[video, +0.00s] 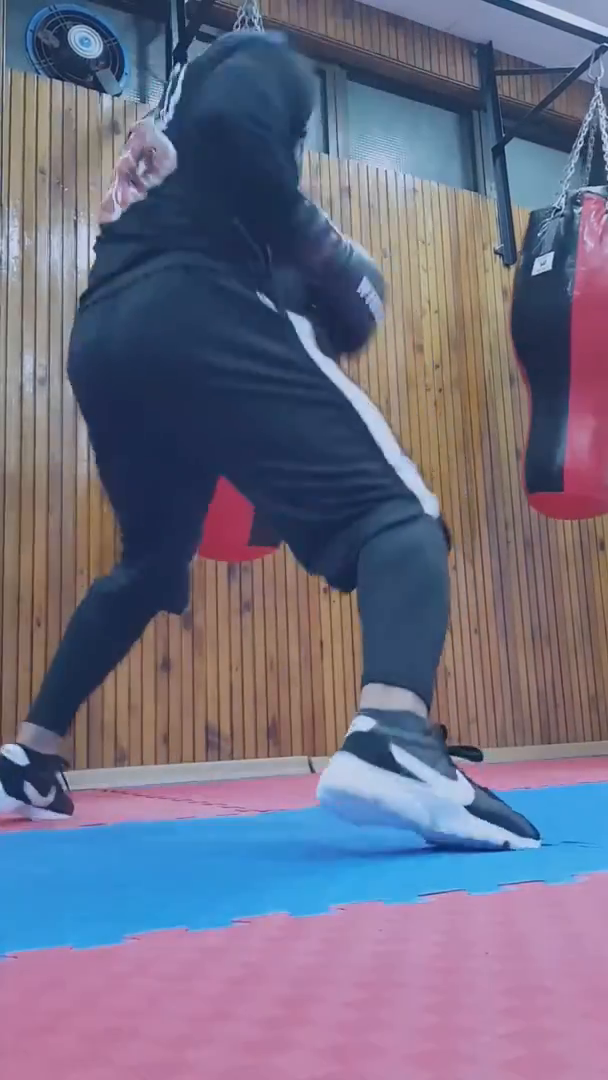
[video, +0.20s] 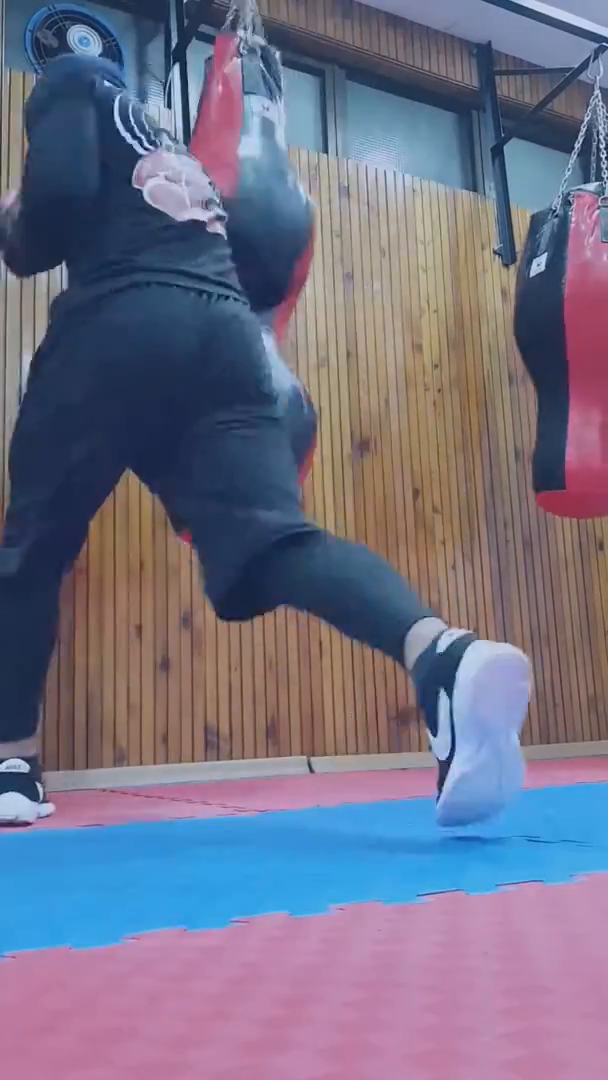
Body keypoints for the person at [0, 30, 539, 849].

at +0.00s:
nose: (306, 94)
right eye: (304, 79)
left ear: (219, 51)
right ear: (279, 46)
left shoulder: (166, 129)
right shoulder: (265, 55)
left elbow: (219, 251)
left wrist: (321, 298)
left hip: (98, 338)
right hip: (192, 306)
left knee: (148, 567)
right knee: (398, 517)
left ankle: (31, 755)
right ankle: (393, 730)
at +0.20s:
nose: (45, 73)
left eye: (47, 59)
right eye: (50, 61)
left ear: (59, 53)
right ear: (116, 63)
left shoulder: (69, 82)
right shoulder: (172, 142)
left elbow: (60, 195)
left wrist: (14, 235)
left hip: (118, 322)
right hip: (226, 325)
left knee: (30, 549)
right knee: (274, 542)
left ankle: (12, 761)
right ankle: (442, 656)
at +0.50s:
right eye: (207, 29)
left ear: (114, 50)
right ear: (197, 37)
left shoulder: (71, 112)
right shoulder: (244, 94)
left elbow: (36, 262)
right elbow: (318, 245)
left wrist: (105, 176)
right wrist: (229, 186)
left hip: (130, 342)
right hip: (248, 326)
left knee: (78, 557)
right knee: (357, 535)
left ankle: (19, 765)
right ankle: (382, 716)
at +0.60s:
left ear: (160, 18)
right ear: (246, 7)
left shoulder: (125, 87)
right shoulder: (297, 49)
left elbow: (87, 241)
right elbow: (361, 213)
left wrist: (179, 193)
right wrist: (276, 155)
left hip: (163, 314)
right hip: (279, 292)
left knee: (124, 548)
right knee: (387, 523)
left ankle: (27, 767)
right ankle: (348, 763)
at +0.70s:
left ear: (229, 2)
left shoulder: (194, 65)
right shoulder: (358, 20)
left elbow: (136, 209)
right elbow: (404, 201)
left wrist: (204, 273)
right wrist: (314, 143)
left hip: (215, 289)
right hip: (324, 267)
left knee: (185, 545)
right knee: (410, 517)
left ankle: (77, 755)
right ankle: (353, 772)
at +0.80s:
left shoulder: (243, 40)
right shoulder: (423, 13)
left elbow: (166, 132)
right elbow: (446, 173)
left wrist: (239, 228)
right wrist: (409, 209)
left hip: (260, 258)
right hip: (368, 242)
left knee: (265, 514)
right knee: (421, 504)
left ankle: (208, 743)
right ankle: (355, 769)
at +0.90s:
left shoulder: (275, 32)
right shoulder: (471, 12)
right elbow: (492, 160)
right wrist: (474, 208)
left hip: (307, 234)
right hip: (415, 216)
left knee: (337, 501)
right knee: (424, 486)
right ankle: (350, 765)